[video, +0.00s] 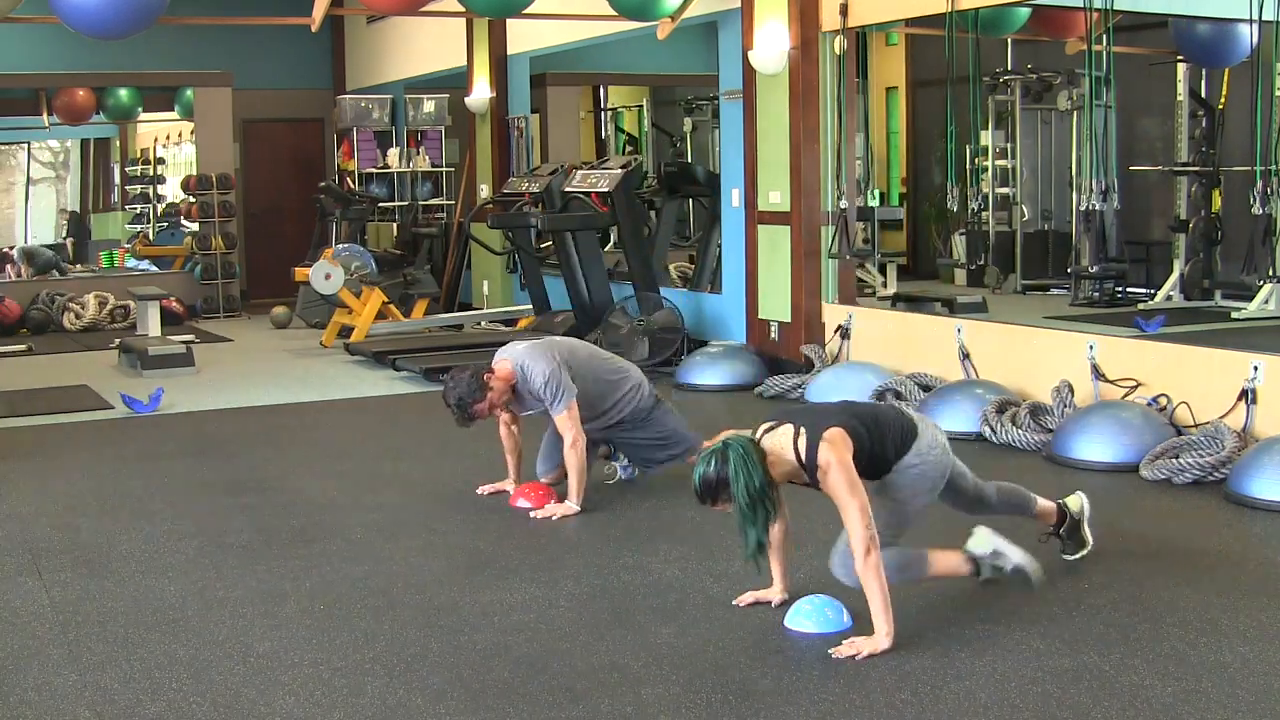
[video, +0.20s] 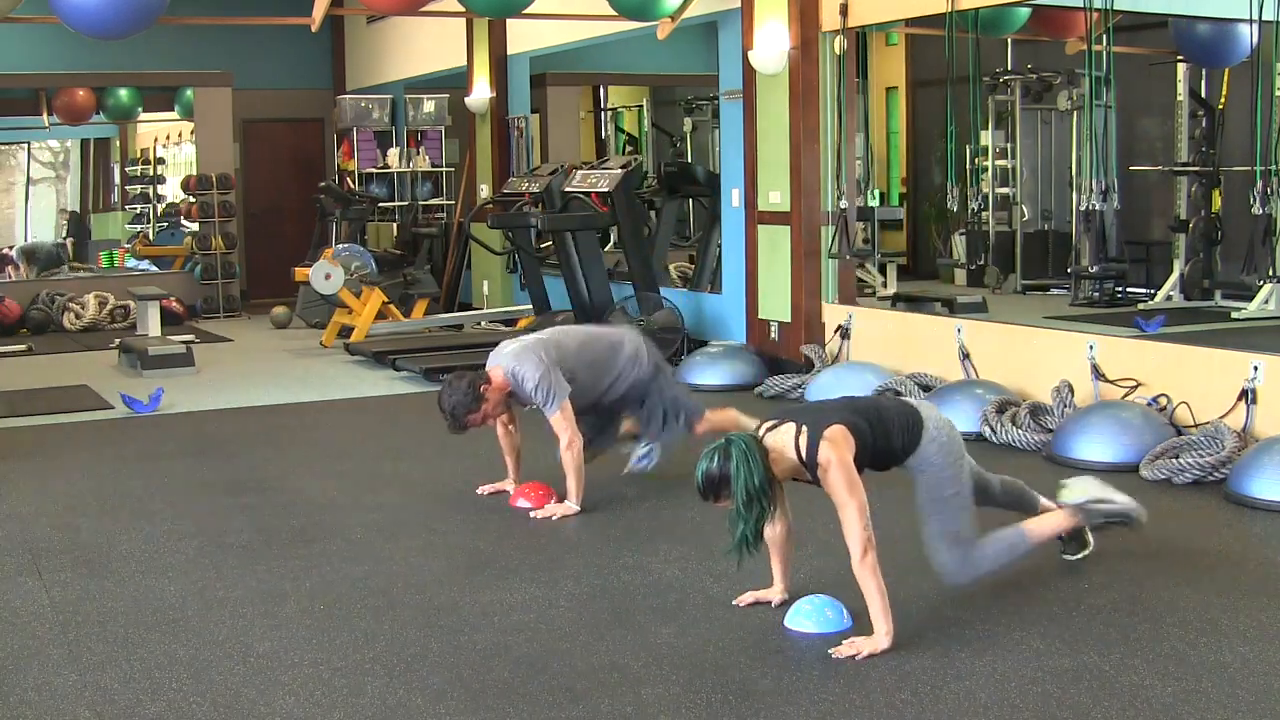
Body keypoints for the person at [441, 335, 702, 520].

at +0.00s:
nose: (497, 410)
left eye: (493, 407)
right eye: (491, 413)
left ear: (489, 384)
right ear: (485, 383)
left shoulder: (541, 369)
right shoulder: (497, 375)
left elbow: (574, 439)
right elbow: (508, 423)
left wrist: (574, 503)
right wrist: (512, 479)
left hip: (629, 400)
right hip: (582, 411)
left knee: (699, 455)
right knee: (548, 476)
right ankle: (614, 448)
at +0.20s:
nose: (491, 425)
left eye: (486, 419)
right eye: (484, 424)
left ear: (487, 395)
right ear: (481, 392)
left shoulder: (532, 370)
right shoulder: (493, 374)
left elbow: (570, 440)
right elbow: (506, 425)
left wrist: (574, 502)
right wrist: (512, 480)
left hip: (634, 362)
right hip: (598, 376)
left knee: (697, 423)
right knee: (587, 437)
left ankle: (764, 429)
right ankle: (649, 429)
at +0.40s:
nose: (486, 425)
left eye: (481, 420)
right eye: (480, 424)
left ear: (486, 396)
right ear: (481, 394)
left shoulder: (530, 373)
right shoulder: (492, 372)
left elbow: (567, 439)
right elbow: (506, 425)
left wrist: (573, 502)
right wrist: (513, 479)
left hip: (633, 341)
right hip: (606, 366)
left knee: (700, 403)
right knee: (632, 426)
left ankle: (781, 424)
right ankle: (695, 404)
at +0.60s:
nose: (487, 419)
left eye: (483, 414)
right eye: (481, 417)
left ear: (491, 393)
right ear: (483, 388)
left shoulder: (539, 369)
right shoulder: (501, 373)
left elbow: (576, 440)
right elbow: (512, 423)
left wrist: (574, 502)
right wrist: (514, 479)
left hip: (643, 386)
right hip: (617, 402)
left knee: (712, 452)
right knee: (669, 451)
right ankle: (727, 429)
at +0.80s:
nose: (477, 421)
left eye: (472, 418)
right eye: (471, 420)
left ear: (481, 399)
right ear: (478, 389)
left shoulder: (525, 371)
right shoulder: (496, 364)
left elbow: (567, 440)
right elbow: (508, 424)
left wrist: (574, 501)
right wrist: (513, 479)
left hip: (632, 358)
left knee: (649, 458)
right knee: (667, 404)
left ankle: (737, 445)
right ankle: (737, 415)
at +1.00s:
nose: (473, 416)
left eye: (468, 413)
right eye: (470, 413)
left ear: (476, 397)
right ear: (473, 381)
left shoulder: (521, 373)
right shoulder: (494, 360)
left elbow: (565, 439)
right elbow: (507, 423)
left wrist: (573, 501)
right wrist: (512, 479)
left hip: (623, 375)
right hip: (627, 355)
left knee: (577, 459)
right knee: (668, 423)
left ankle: (666, 452)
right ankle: (753, 430)